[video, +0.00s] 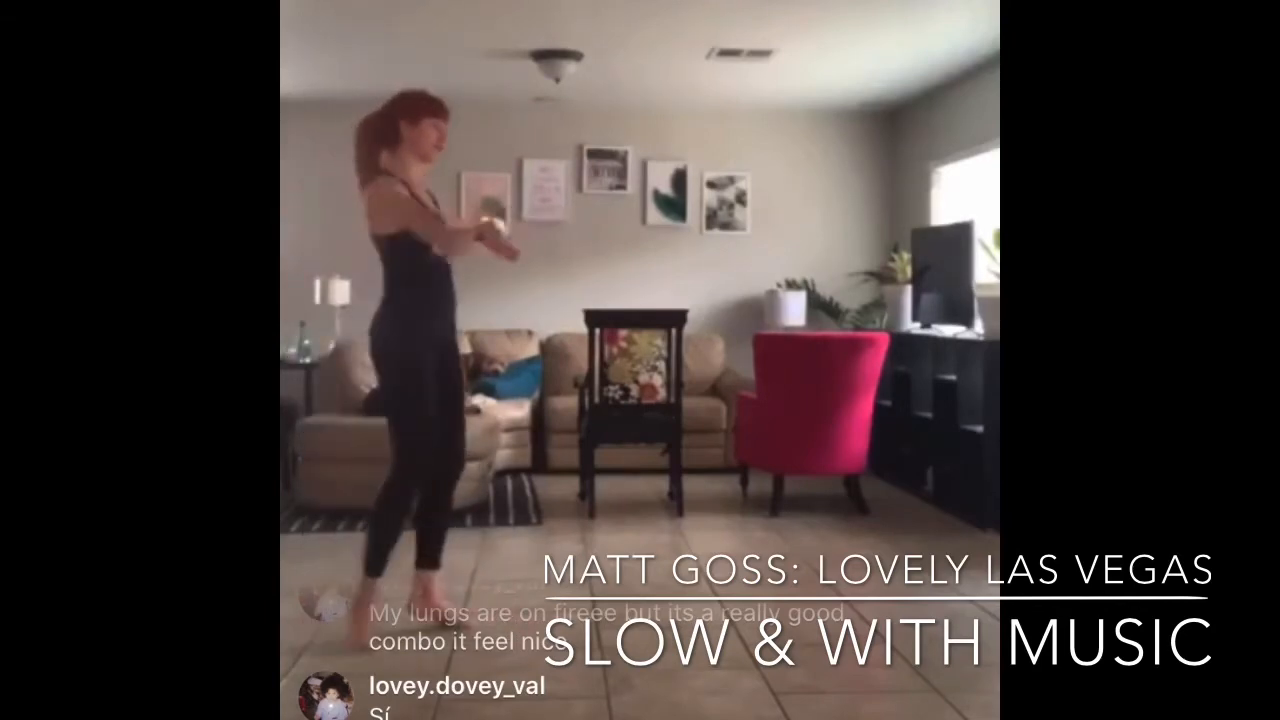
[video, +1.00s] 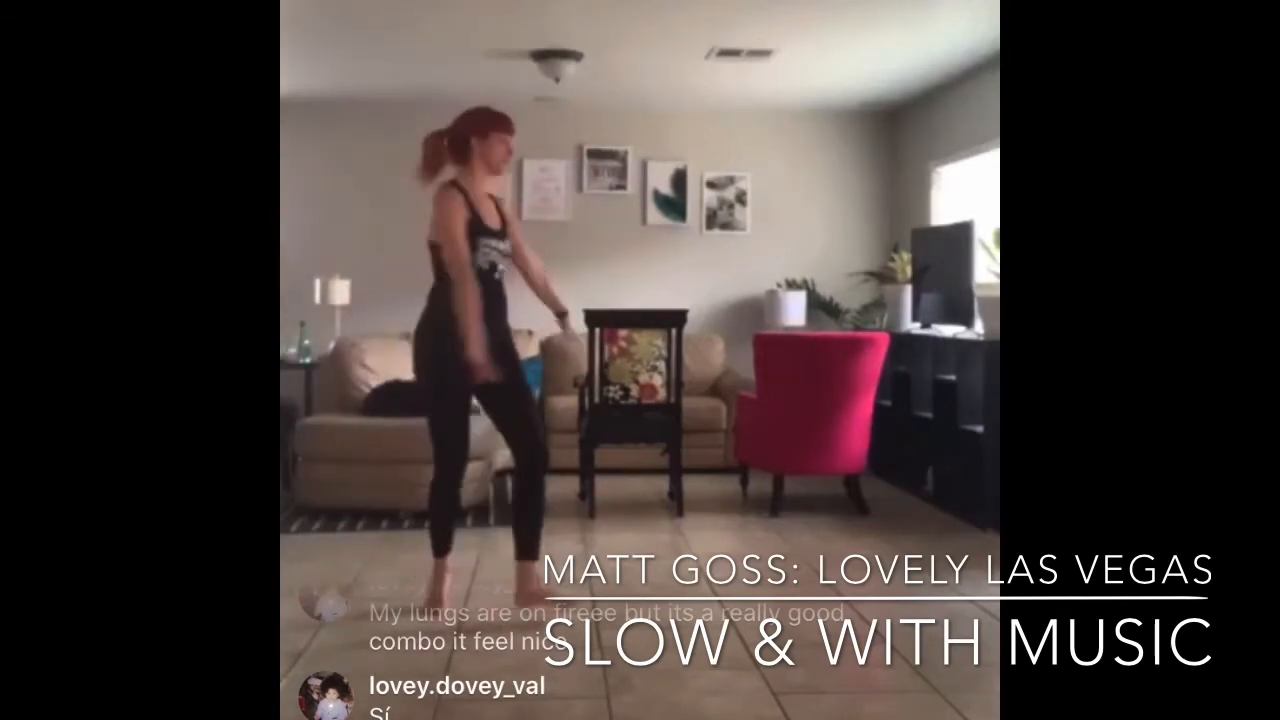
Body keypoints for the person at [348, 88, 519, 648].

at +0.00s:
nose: (441, 138)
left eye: (444, 131)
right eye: (433, 127)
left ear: (431, 137)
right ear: (403, 128)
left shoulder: (426, 192)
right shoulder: (384, 190)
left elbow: (449, 240)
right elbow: (441, 240)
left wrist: (480, 237)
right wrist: (482, 229)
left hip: (440, 338)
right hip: (404, 338)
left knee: (449, 461)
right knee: (412, 463)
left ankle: (427, 588)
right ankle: (366, 595)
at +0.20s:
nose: (465, 135)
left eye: (464, 126)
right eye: (458, 125)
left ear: (422, 130)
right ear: (431, 128)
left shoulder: (401, 188)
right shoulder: (445, 183)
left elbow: (369, 239)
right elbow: (527, 214)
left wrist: (414, 251)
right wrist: (591, 226)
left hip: (408, 335)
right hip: (444, 336)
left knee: (431, 460)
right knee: (473, 459)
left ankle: (424, 585)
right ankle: (496, 578)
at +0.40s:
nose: (463, 135)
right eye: (465, 125)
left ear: (418, 129)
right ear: (465, 128)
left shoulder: (399, 187)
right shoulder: (492, 185)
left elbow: (352, 254)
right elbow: (505, 237)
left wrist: (398, 265)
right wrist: (471, 238)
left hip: (419, 329)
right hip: (476, 329)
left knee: (430, 460)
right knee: (468, 452)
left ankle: (438, 586)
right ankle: (463, 573)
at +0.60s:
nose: (422, 135)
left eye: (430, 126)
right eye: (423, 126)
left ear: (458, 131)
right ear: (447, 133)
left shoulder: (475, 183)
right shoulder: (441, 186)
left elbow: (464, 262)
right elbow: (414, 252)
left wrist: (406, 287)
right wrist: (375, 288)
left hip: (465, 331)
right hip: (439, 330)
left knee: (447, 454)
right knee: (443, 454)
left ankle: (476, 575)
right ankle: (462, 571)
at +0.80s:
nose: (478, 143)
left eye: (485, 136)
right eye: (469, 133)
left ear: (493, 144)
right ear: (444, 138)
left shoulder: (499, 196)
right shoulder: (412, 197)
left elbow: (524, 269)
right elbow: (380, 272)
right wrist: (362, 341)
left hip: (488, 336)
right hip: (431, 337)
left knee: (488, 458)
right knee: (437, 457)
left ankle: (485, 575)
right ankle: (444, 568)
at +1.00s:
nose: (510, 148)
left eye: (511, 140)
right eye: (501, 140)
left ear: (499, 149)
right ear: (473, 143)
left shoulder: (498, 204)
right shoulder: (451, 195)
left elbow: (527, 264)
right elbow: (460, 274)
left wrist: (561, 313)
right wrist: (475, 344)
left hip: (492, 331)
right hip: (446, 335)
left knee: (532, 450)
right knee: (451, 461)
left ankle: (529, 582)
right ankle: (441, 576)